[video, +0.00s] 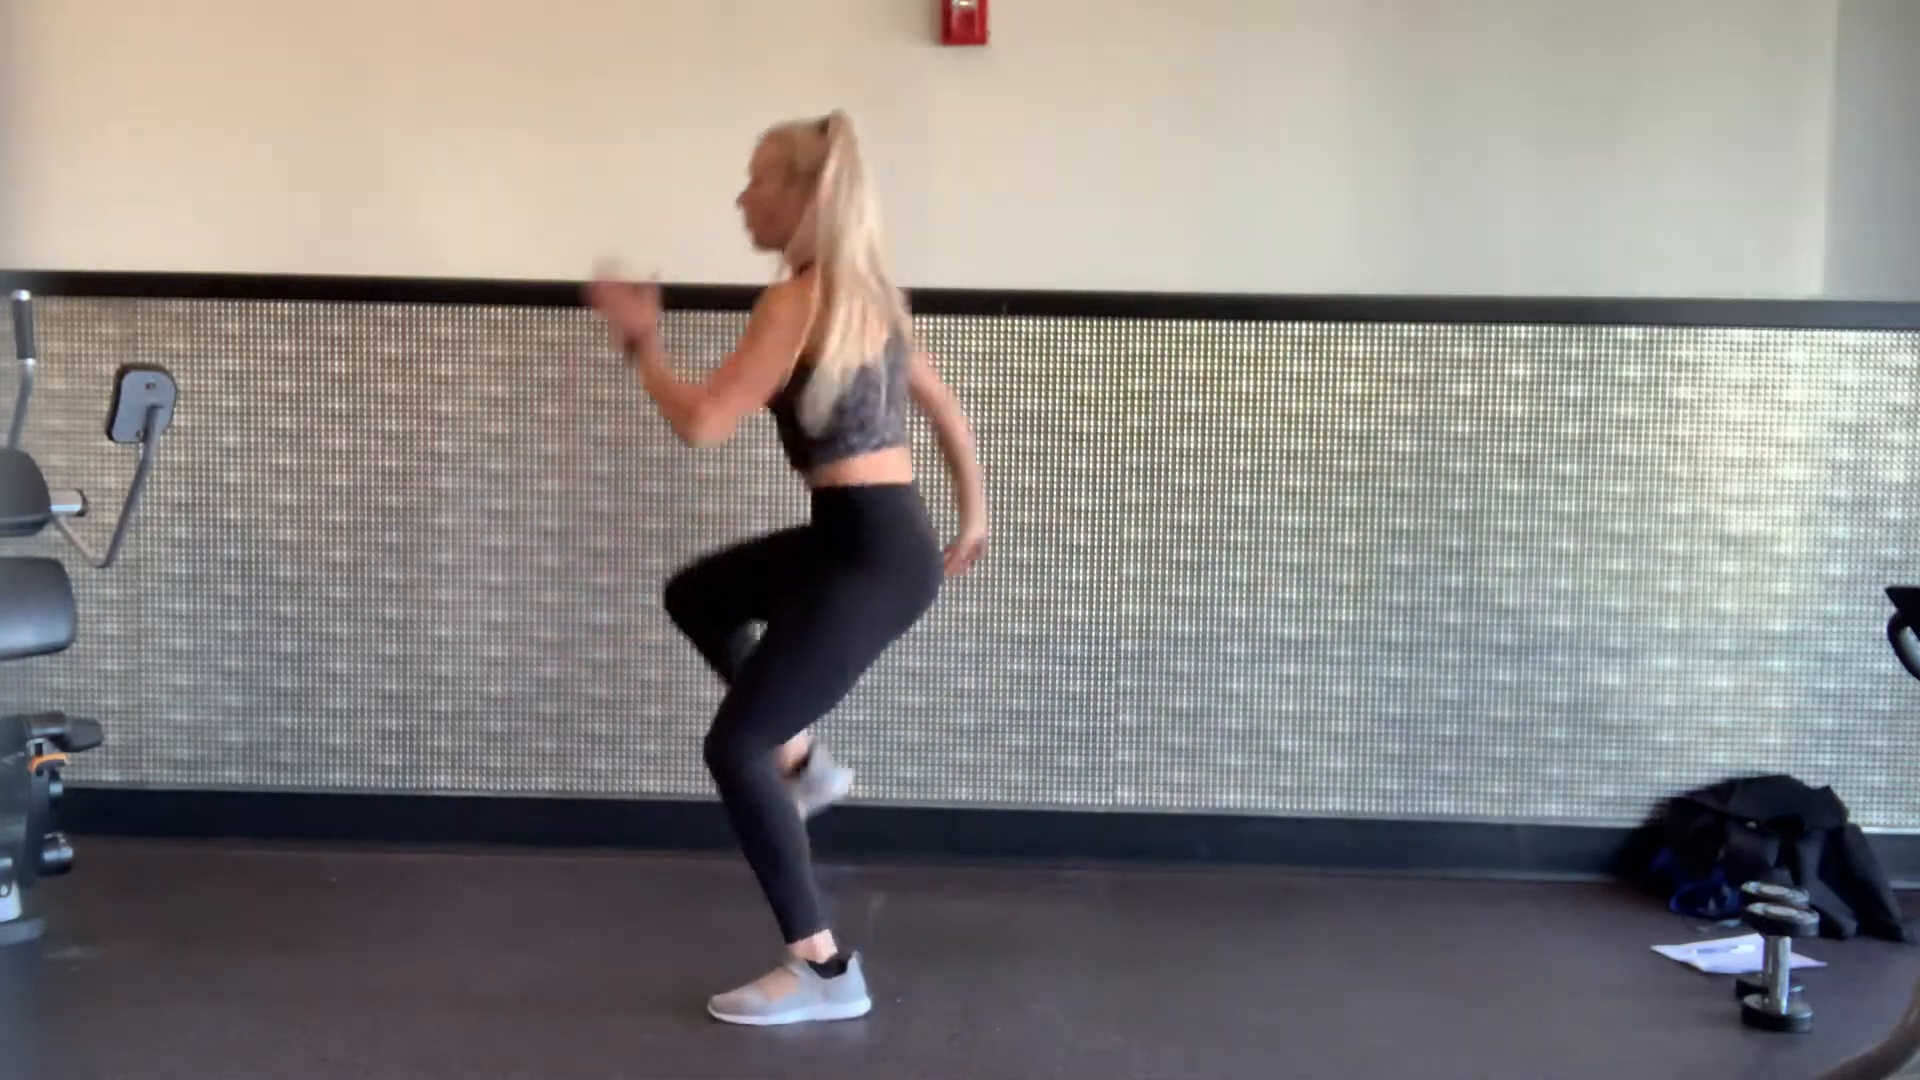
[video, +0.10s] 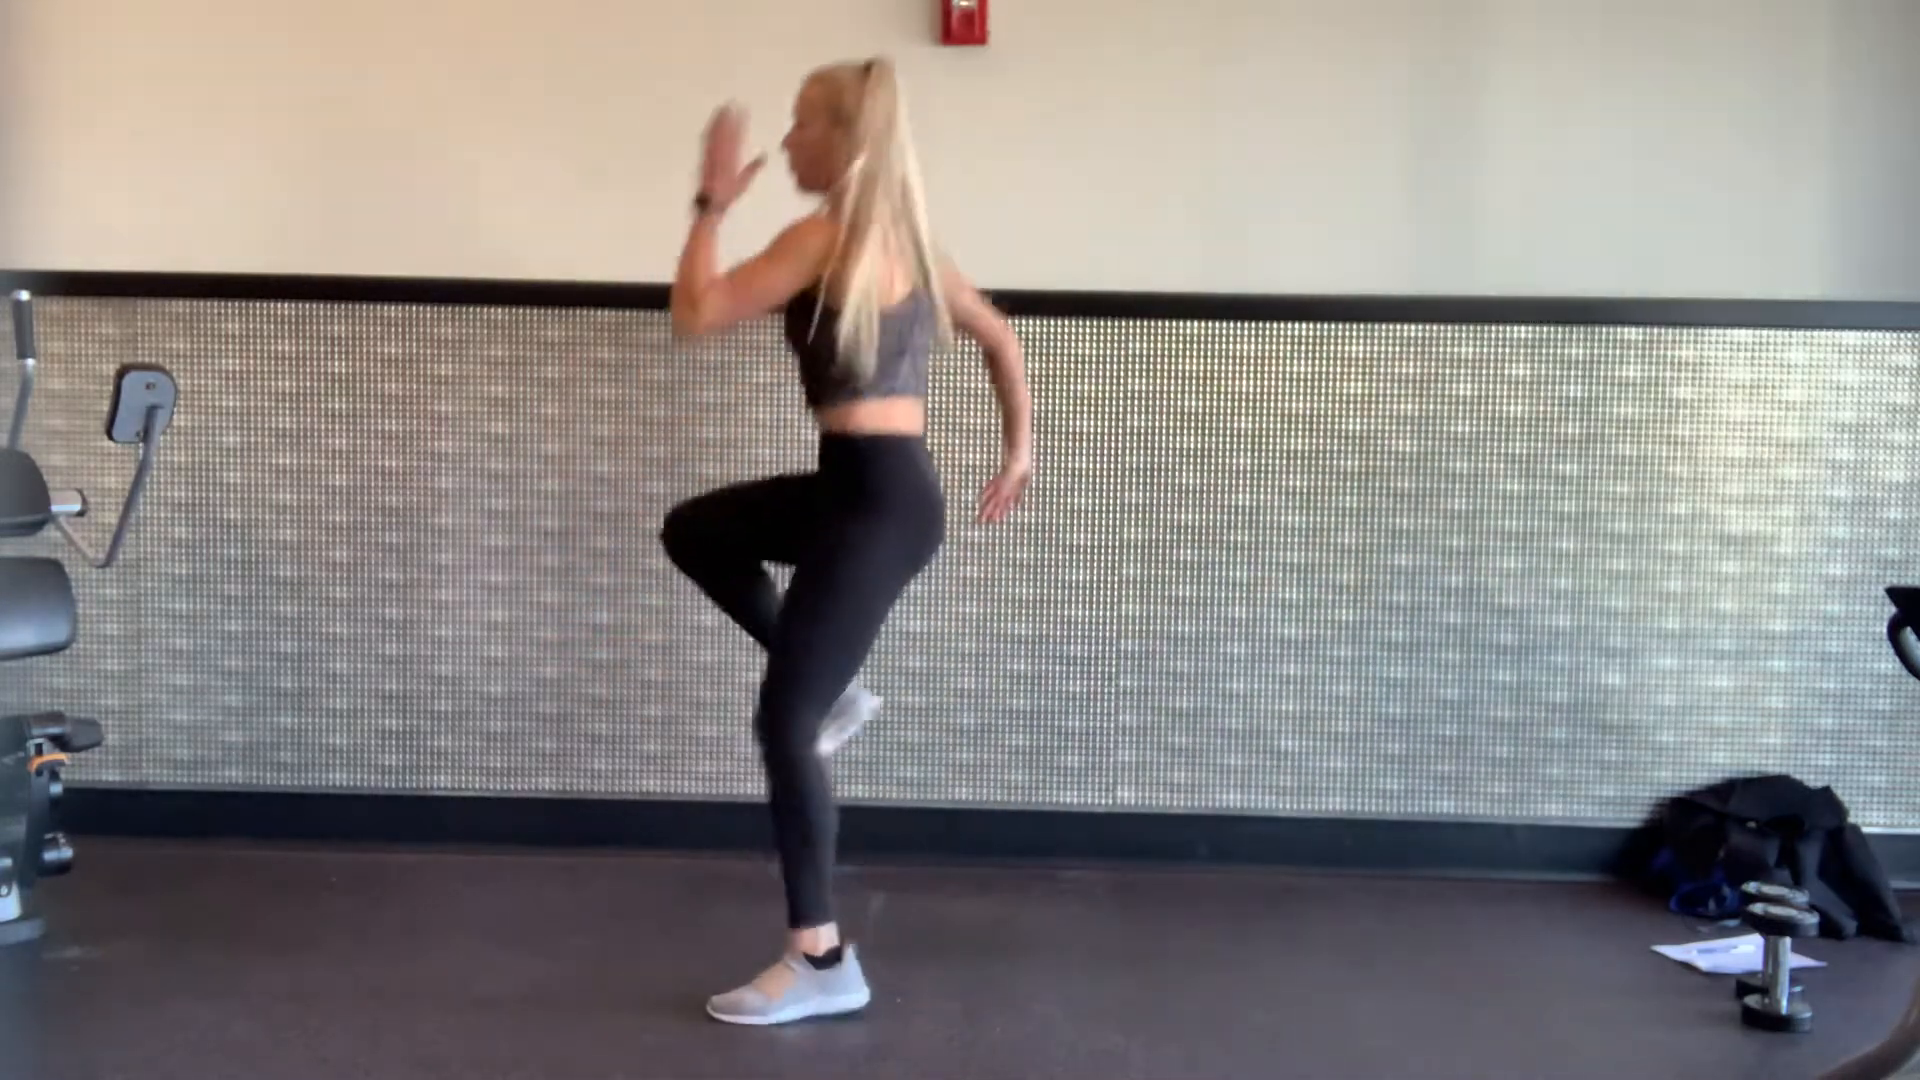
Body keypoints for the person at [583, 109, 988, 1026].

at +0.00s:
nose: (743, 195)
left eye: (757, 182)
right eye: (749, 180)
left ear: (800, 196)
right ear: (822, 197)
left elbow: (702, 422)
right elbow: (947, 408)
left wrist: (638, 342)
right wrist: (976, 517)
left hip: (873, 555)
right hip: (867, 540)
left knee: (738, 748)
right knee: (696, 595)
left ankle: (820, 963)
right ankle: (800, 762)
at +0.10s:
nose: (789, 135)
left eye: (803, 123)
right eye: (796, 120)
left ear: (842, 139)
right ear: (869, 141)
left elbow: (696, 316)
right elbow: (995, 331)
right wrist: (1023, 442)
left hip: (875, 501)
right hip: (877, 490)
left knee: (788, 719)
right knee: (693, 532)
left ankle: (820, 957)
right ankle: (834, 691)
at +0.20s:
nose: (828, 81)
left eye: (843, 66)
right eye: (835, 63)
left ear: (887, 81)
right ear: (912, 84)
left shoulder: (887, 176)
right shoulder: (935, 186)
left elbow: (777, 279)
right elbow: (1001, 316)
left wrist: (772, 165)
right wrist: (996, 426)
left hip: (902, 452)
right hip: (902, 445)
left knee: (783, 634)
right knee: (736, 579)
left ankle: (804, 879)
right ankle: (853, 752)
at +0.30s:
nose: (862, 90)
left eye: (878, 72)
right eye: (869, 71)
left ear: (926, 85)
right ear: (934, 87)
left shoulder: (948, 186)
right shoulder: (938, 183)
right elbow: (922, 342)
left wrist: (807, 289)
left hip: (930, 457)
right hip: (920, 452)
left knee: (732, 557)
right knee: (830, 654)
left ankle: (805, 760)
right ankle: (902, 848)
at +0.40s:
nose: (884, 156)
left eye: (899, 141)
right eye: (890, 140)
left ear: (948, 155)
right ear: (949, 159)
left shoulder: (973, 252)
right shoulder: (945, 249)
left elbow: (1005, 407)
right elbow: (895, 395)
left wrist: (916, 506)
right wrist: (796, 352)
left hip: (941, 500)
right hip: (934, 499)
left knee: (743, 465)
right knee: (885, 720)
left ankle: (800, 669)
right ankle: (956, 914)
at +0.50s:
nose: (917, 137)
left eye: (934, 123)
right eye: (923, 121)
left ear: (979, 141)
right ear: (979, 145)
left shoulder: (1004, 240)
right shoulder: (970, 236)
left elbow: (1070, 366)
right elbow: (901, 352)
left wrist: (1040, 499)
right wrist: (871, 265)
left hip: (967, 482)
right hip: (950, 480)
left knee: (762, 473)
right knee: (915, 698)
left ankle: (847, 674)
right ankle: (954, 905)